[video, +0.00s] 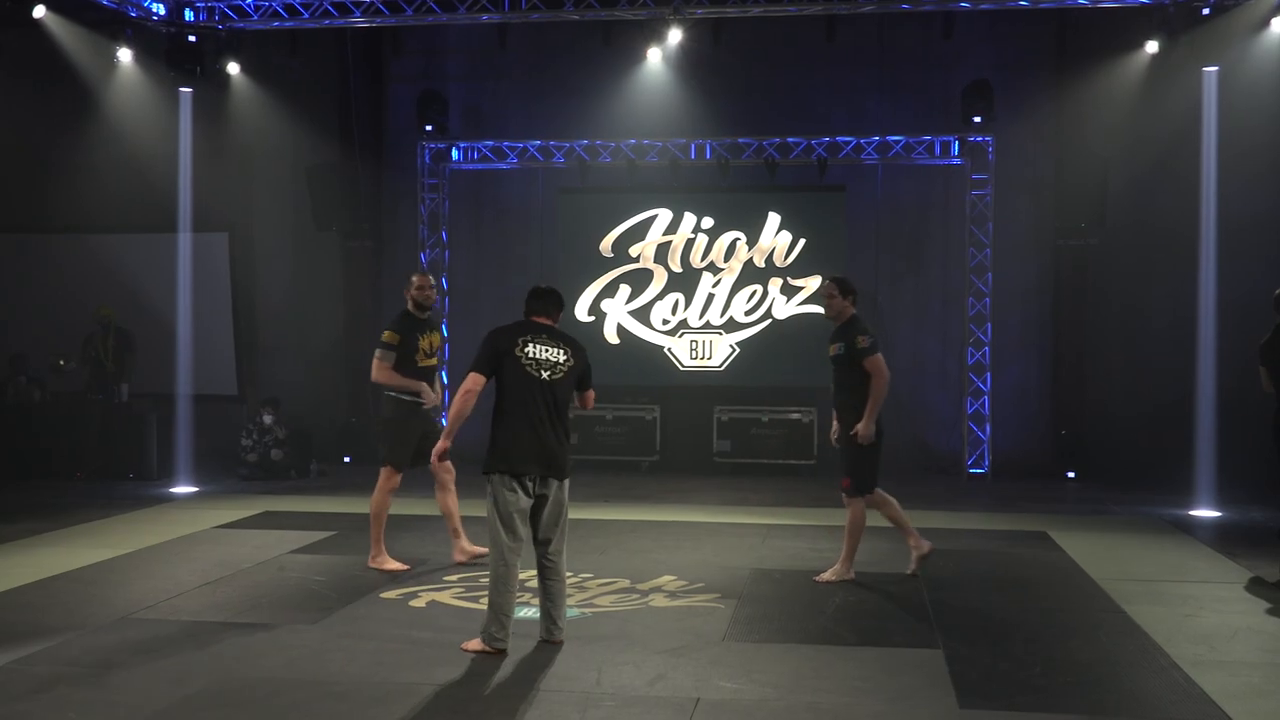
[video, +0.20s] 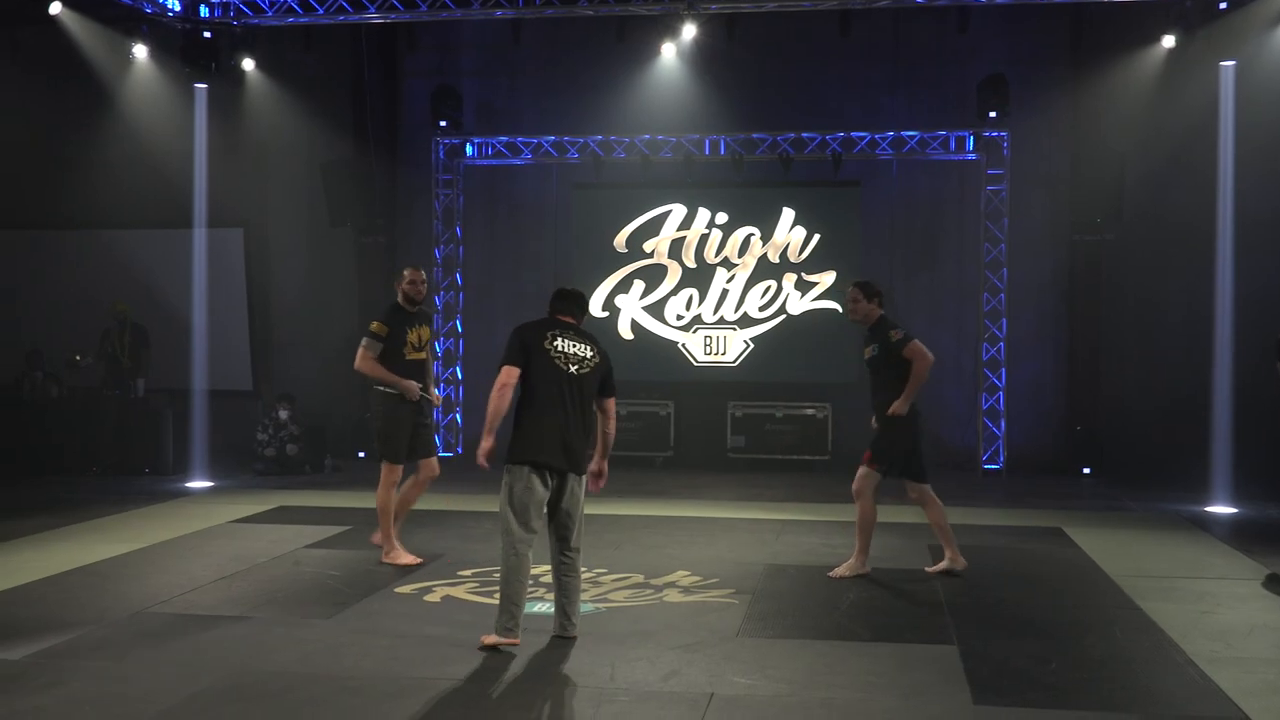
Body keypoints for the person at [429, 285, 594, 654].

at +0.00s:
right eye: (555, 316)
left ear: (525, 312)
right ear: (558, 317)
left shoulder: (502, 337)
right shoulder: (574, 349)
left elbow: (471, 388)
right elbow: (587, 401)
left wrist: (447, 436)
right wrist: (563, 393)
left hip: (510, 457)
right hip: (554, 460)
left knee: (506, 551)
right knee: (552, 549)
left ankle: (496, 637)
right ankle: (553, 631)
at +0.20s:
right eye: (582, 317)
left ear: (550, 309)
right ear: (582, 317)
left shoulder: (528, 333)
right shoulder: (596, 349)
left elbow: (506, 382)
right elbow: (608, 410)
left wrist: (488, 433)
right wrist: (602, 456)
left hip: (530, 452)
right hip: (575, 458)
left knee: (518, 542)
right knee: (568, 547)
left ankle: (508, 630)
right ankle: (567, 626)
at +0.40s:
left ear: (497, 247)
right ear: (552, 259)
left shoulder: (454, 292)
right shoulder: (582, 326)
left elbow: (427, 383)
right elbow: (579, 424)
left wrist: (410, 481)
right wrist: (562, 513)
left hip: (459, 496)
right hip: (532, 505)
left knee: (439, 643)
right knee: (515, 657)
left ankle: (440, 715)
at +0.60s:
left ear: (428, 192)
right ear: (512, 207)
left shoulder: (358, 282)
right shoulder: (558, 310)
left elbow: (295, 437)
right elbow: (571, 471)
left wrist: (268, 564)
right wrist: (538, 600)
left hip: (382, 587)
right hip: (497, 596)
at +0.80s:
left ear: (462, 130)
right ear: (581, 147)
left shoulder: (375, 266)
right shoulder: (639, 280)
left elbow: (309, 486)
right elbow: (699, 495)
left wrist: (308, 614)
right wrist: (721, 614)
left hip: (423, 629)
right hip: (587, 637)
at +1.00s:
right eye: (605, 54)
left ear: (464, 62)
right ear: (597, 68)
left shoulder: (368, 218)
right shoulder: (679, 218)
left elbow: (308, 480)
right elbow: (769, 459)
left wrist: (343, 615)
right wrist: (768, 581)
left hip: (441, 634)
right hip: (631, 635)